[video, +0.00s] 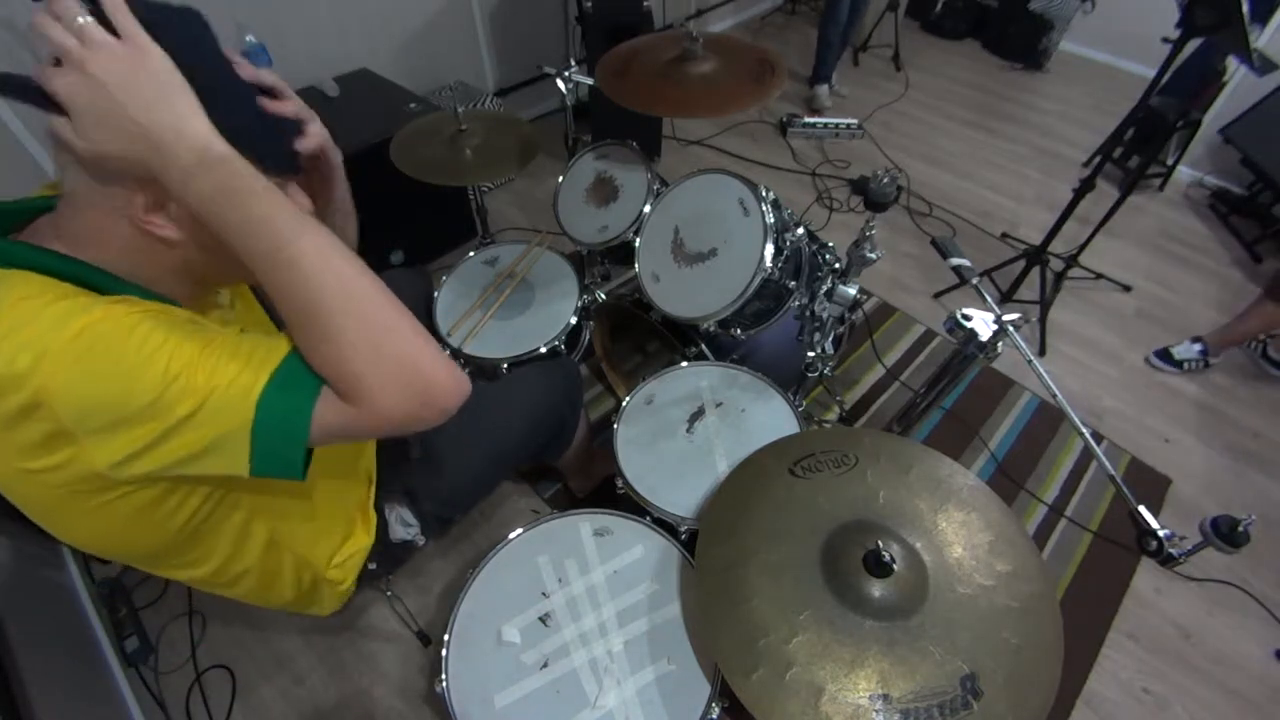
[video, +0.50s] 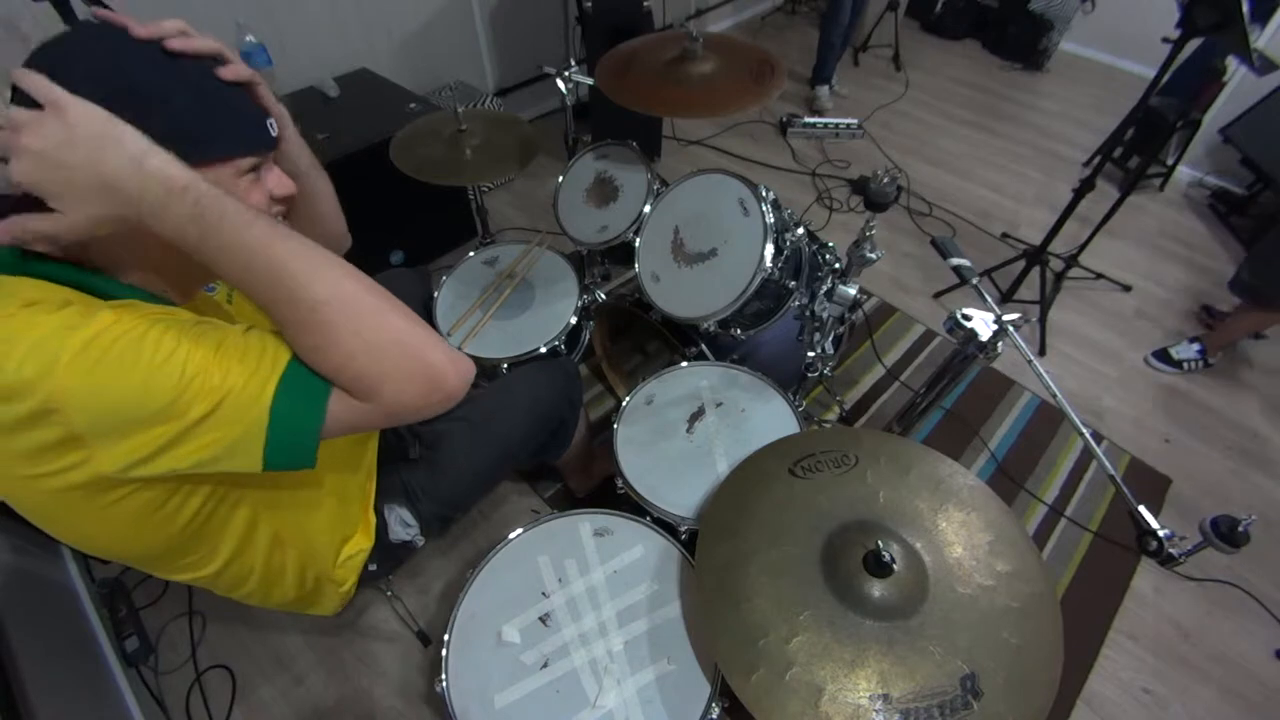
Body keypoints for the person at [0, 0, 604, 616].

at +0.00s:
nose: (292, 208)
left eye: (287, 187)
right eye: (272, 195)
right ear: (161, 217)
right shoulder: (78, 366)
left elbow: (318, 287)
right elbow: (425, 391)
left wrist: (327, 184)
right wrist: (190, 156)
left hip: (269, 364)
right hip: (341, 503)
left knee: (488, 277)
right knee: (553, 376)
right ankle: (575, 470)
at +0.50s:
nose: (283, 188)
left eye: (268, 160)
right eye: (245, 175)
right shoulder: (72, 368)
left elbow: (323, 246)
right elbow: (431, 379)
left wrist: (263, 108)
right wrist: (155, 191)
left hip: (265, 355)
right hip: (339, 503)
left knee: (486, 277)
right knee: (552, 378)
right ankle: (572, 470)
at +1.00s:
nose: (205, 146)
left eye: (194, 123)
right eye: (190, 128)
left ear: (119, 171)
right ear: (127, 168)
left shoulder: (40, 274)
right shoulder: (162, 369)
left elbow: (210, 338)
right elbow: (354, 446)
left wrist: (356, 296)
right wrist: (451, 337)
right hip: (337, 526)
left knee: (421, 305)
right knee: (559, 377)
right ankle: (573, 476)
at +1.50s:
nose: (181, 100)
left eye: (166, 77)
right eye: (161, 78)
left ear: (109, 114)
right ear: (114, 112)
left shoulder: (22, 259)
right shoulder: (186, 324)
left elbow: (196, 358)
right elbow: (356, 451)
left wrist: (366, 330)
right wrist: (445, 363)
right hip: (340, 519)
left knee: (400, 278)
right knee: (561, 362)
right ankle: (571, 471)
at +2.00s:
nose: (176, 90)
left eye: (161, 69)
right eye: (157, 72)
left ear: (52, 121)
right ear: (111, 110)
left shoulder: (18, 259)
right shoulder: (145, 292)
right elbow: (423, 471)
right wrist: (635, 309)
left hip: (222, 511)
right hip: (327, 533)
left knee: (397, 287)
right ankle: (578, 464)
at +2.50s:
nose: (183, 101)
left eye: (177, 74)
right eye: (170, 75)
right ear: (118, 98)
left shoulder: (25, 238)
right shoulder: (98, 253)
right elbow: (333, 250)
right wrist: (212, 0)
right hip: (347, 508)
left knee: (420, 280)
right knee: (569, 378)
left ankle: (420, 396)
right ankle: (582, 476)